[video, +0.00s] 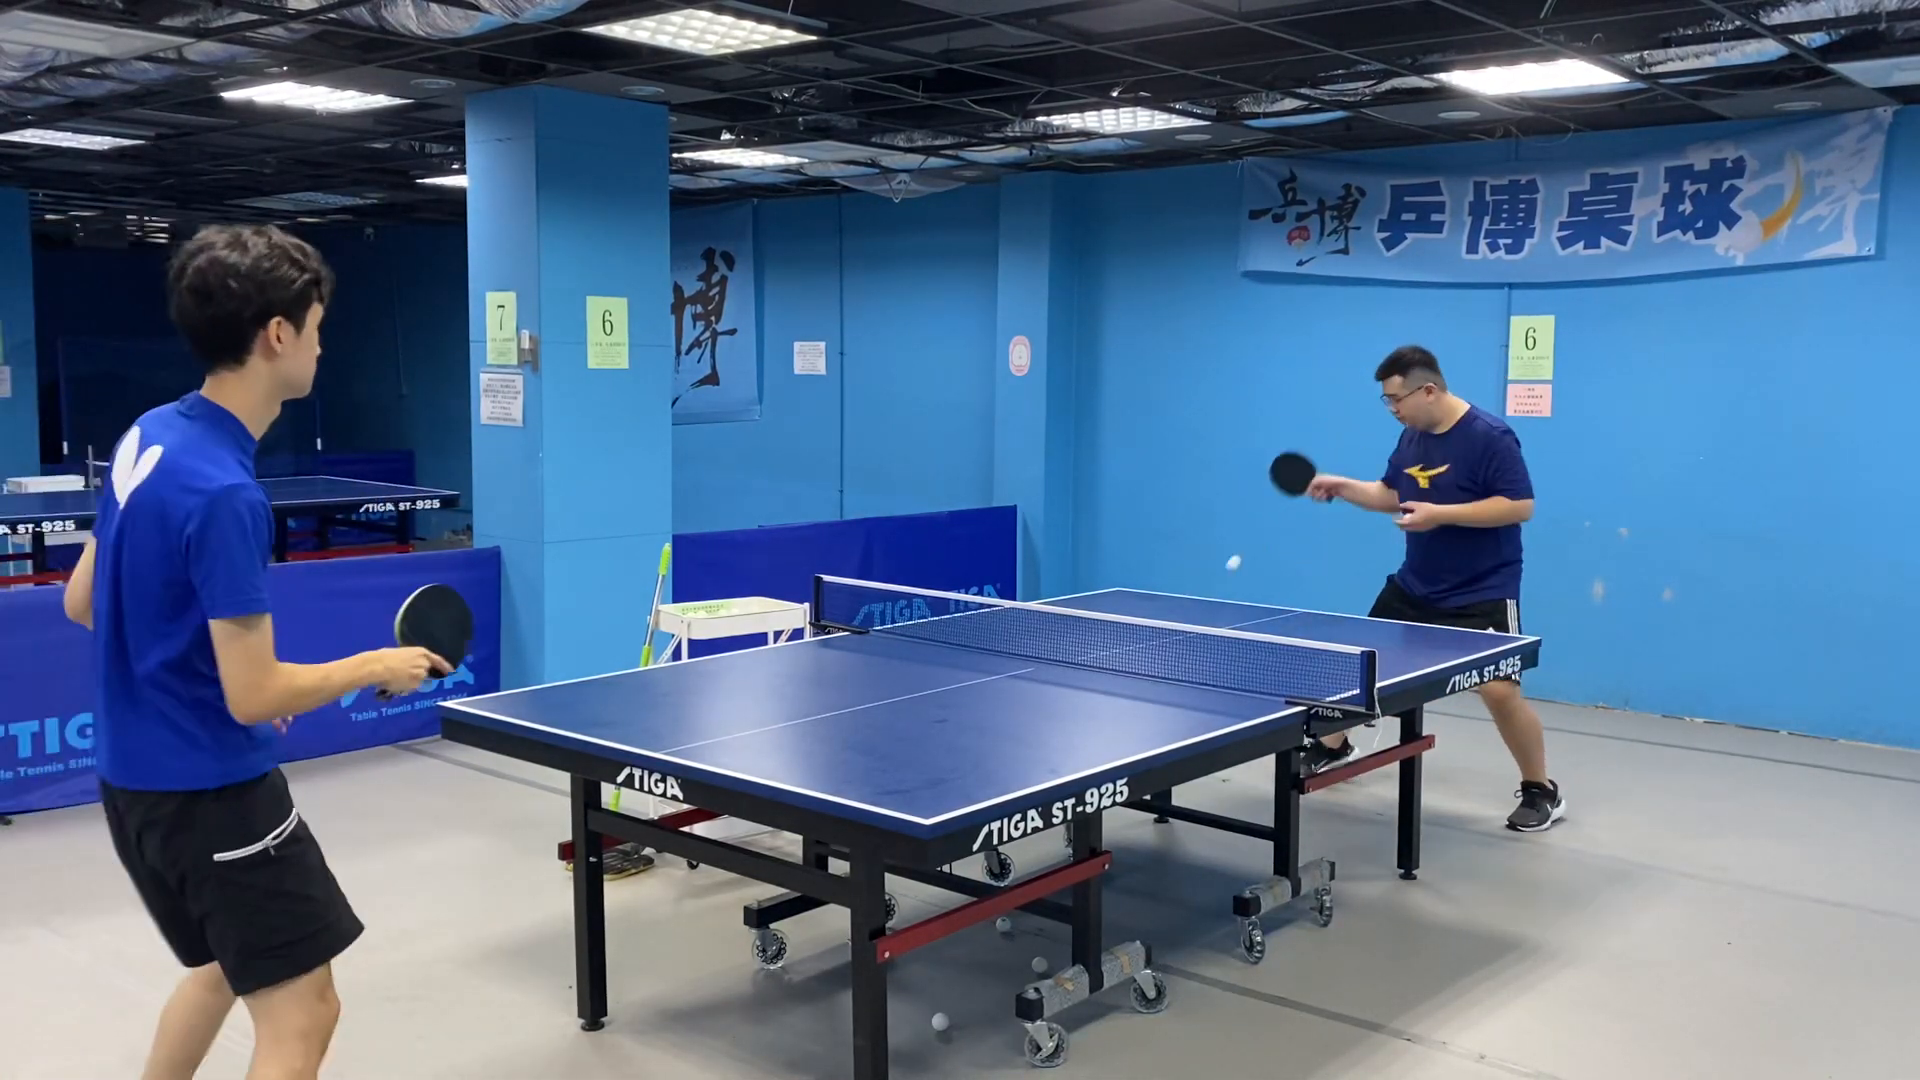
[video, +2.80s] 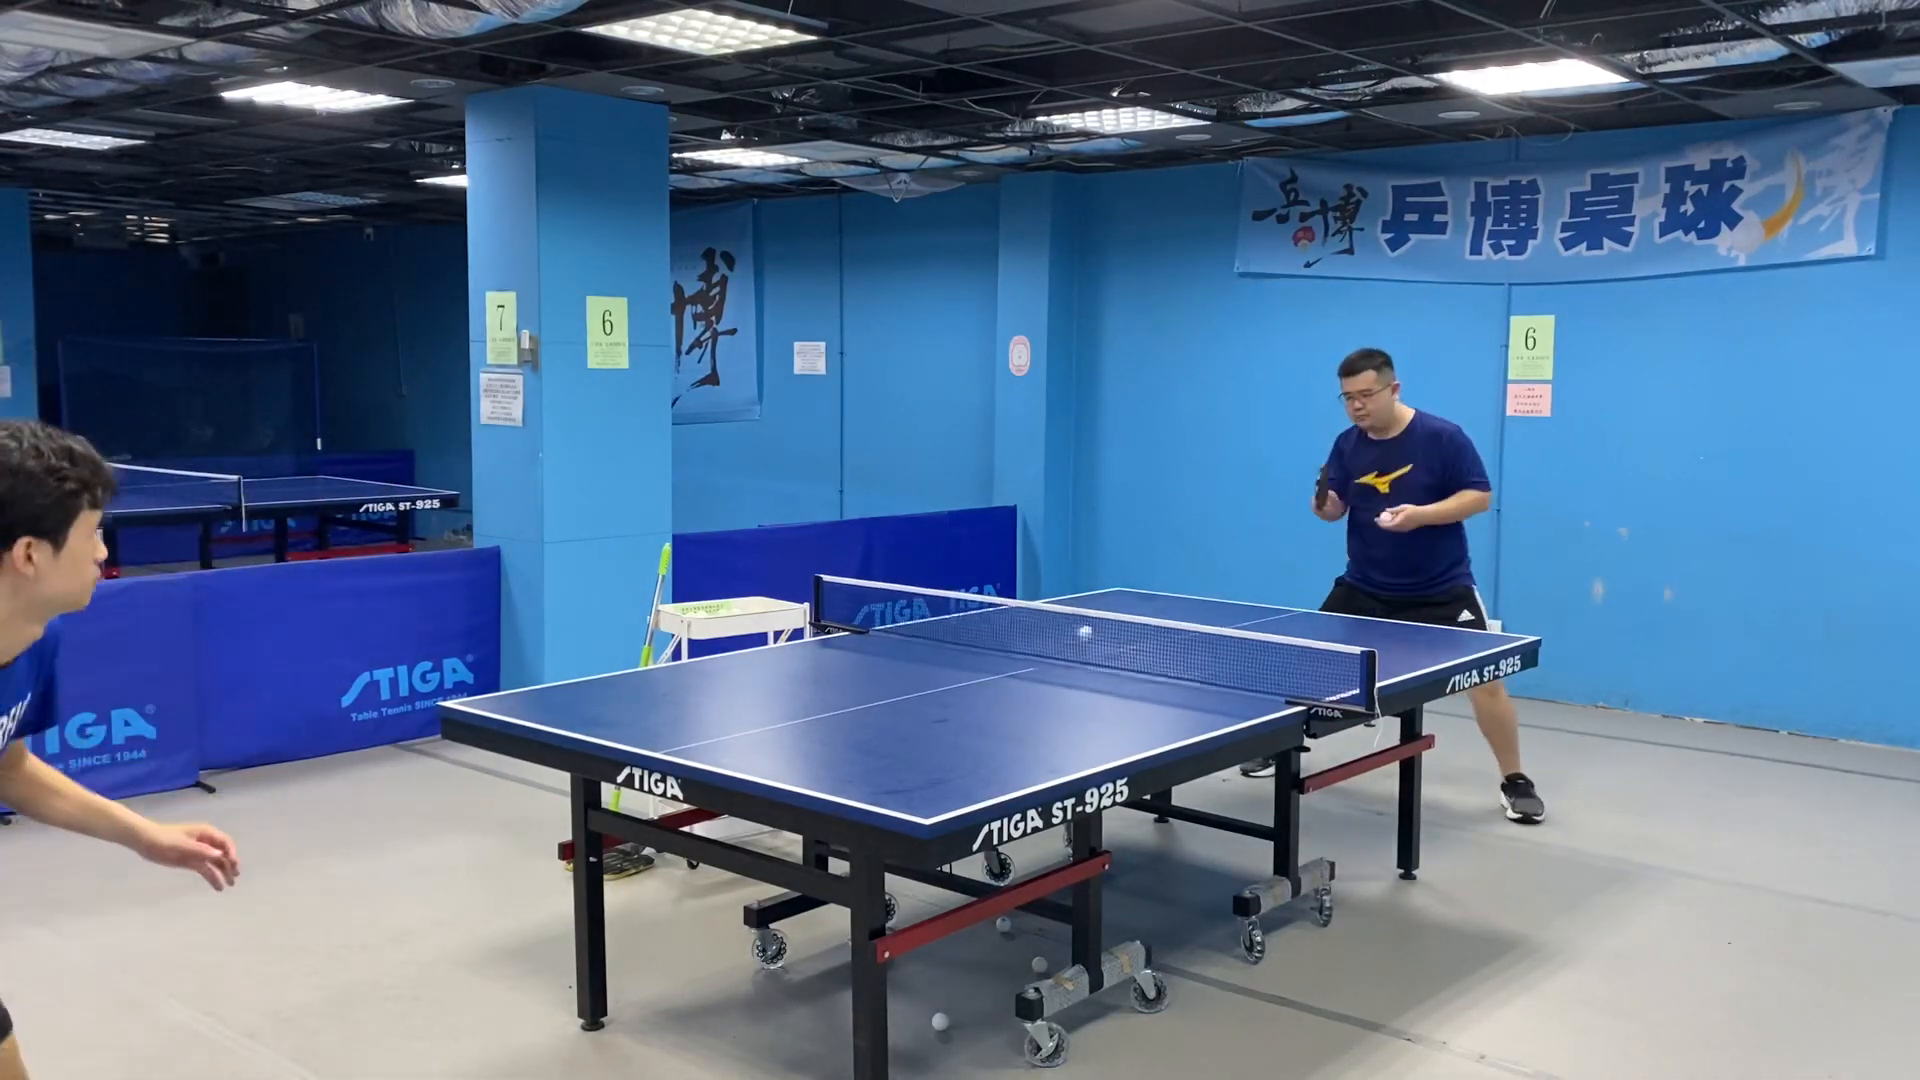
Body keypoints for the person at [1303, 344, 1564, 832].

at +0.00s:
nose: (1392, 411)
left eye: (1396, 400)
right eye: (1388, 402)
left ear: (1430, 390)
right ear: (1420, 394)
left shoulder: (1491, 436)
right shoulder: (1411, 440)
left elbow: (1521, 506)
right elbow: (1392, 496)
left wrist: (1441, 514)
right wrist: (1343, 487)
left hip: (1483, 595)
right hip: (1414, 587)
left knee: (1497, 689)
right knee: (1353, 663)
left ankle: (1539, 789)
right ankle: (1331, 745)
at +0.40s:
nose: (1363, 425)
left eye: (1373, 415)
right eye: (1356, 415)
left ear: (1402, 410)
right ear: (1350, 413)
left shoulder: (1449, 451)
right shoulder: (1346, 458)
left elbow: (1490, 497)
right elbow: (1335, 520)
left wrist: (1444, 532)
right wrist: (1320, 516)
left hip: (1453, 595)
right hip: (1370, 594)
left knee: (1500, 673)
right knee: (1313, 660)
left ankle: (1533, 781)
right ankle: (1315, 751)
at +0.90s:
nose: (1336, 401)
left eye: (1345, 391)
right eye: (1329, 393)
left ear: (1375, 387)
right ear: (1326, 396)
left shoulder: (1427, 428)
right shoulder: (1340, 449)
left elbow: (1473, 481)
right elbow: (1341, 505)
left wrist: (1403, 497)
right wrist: (1292, 533)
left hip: (1450, 585)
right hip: (1374, 585)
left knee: (1489, 676)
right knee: (1328, 662)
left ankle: (1524, 779)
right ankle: (1316, 751)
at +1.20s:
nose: (1319, 420)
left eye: (1323, 408)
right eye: (1315, 412)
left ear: (1356, 397)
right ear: (1344, 404)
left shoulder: (1410, 434)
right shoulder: (1342, 452)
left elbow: (1441, 497)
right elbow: (1339, 510)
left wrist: (1370, 474)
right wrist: (1283, 509)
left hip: (1431, 590)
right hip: (1359, 587)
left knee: (1475, 681)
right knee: (1301, 658)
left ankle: (1524, 777)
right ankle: (1315, 750)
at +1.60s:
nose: (1364, 410)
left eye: (1374, 400)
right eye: (1357, 401)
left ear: (1403, 398)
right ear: (1352, 402)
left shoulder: (1446, 448)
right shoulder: (1346, 451)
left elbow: (1484, 508)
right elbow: (1324, 511)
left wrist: (1435, 498)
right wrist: (1306, 504)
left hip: (1437, 598)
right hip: (1357, 596)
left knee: (1486, 683)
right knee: (1305, 666)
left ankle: (1524, 778)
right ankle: (1315, 750)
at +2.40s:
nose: (1337, 406)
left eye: (1344, 396)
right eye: (1332, 398)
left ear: (1375, 386)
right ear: (1334, 396)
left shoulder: (1432, 429)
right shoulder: (1340, 433)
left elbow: (1467, 492)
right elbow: (1300, 478)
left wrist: (1404, 470)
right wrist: (1298, 444)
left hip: (1426, 583)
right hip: (1349, 575)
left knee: (1477, 676)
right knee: (1283, 648)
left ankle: (1517, 773)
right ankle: (1264, 739)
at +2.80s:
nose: (1356, 405)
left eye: (1365, 395)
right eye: (1348, 397)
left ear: (1394, 389)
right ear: (1344, 398)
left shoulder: (1443, 438)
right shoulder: (1349, 444)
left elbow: (1480, 496)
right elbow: (1334, 508)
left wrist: (1420, 514)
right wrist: (1324, 503)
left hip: (1441, 592)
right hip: (1363, 589)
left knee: (1485, 676)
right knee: (1304, 658)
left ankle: (1514, 780)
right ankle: (1280, 745)